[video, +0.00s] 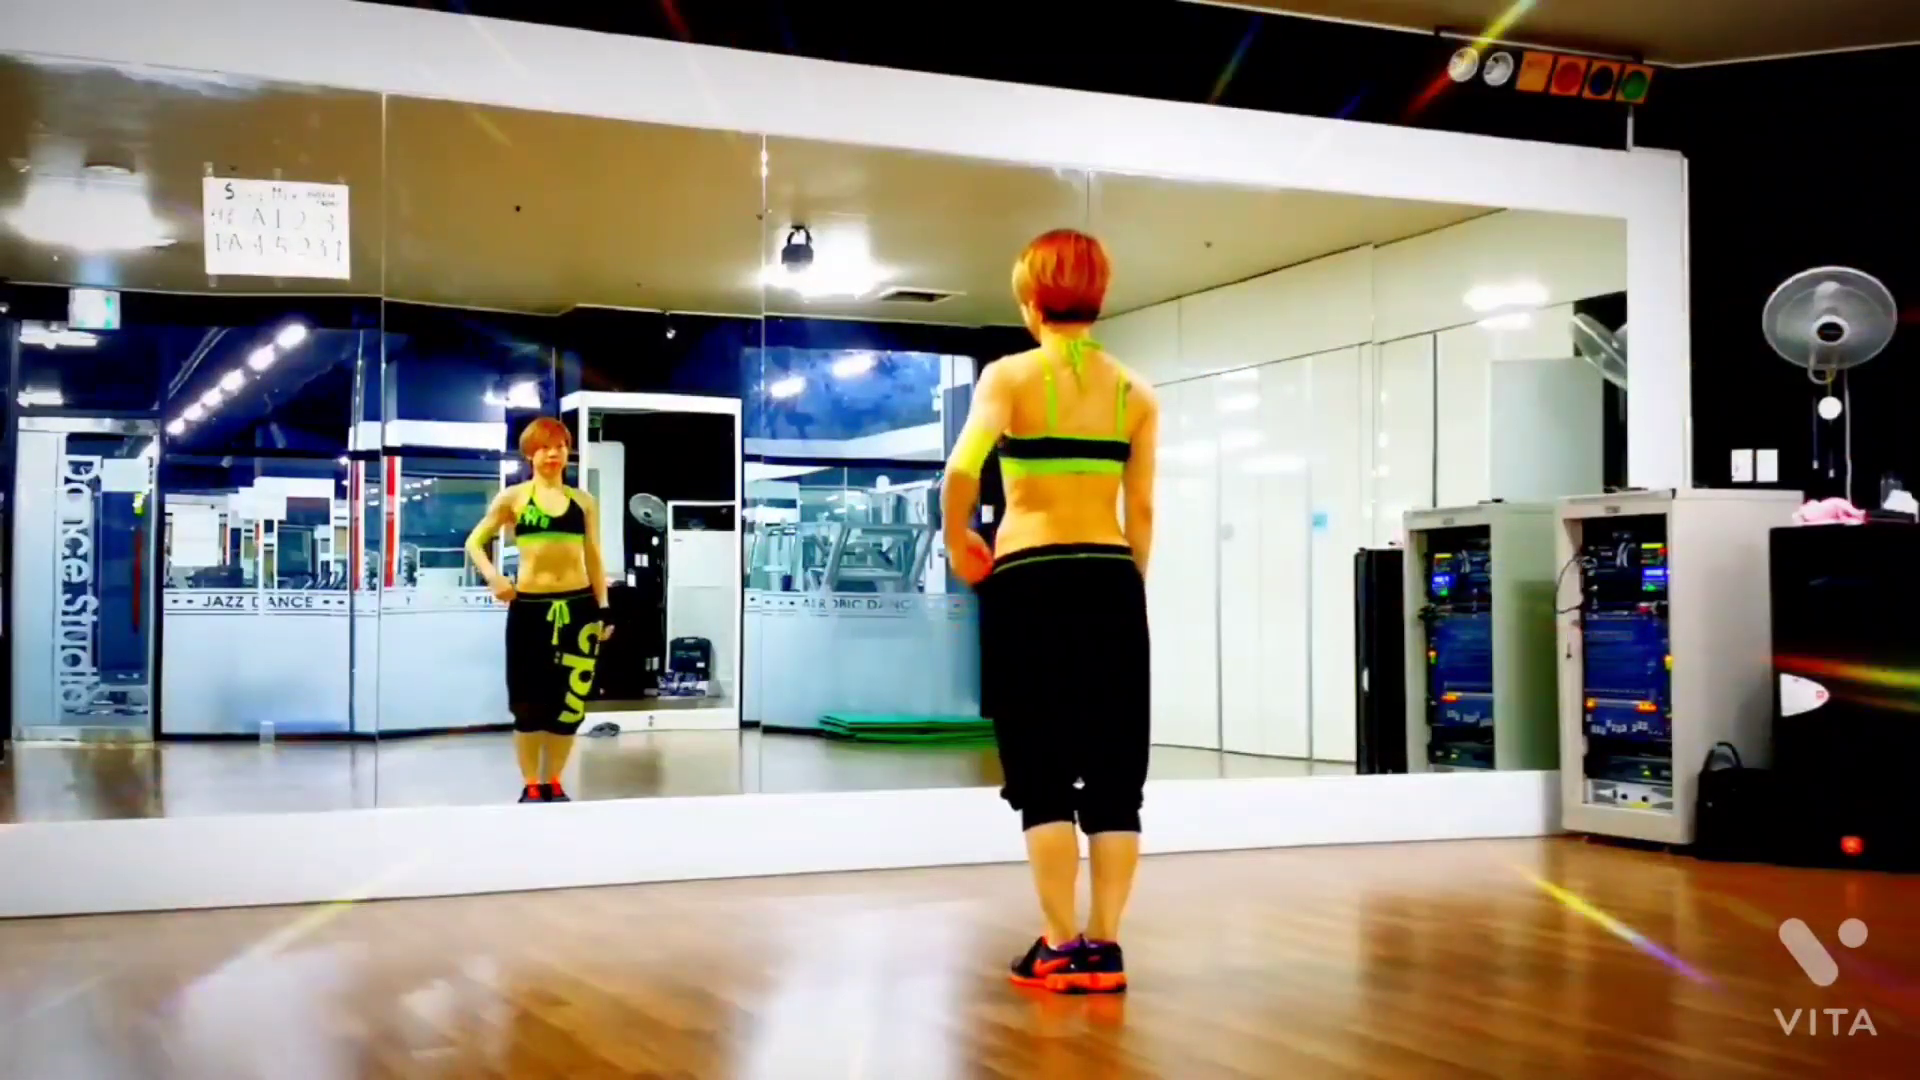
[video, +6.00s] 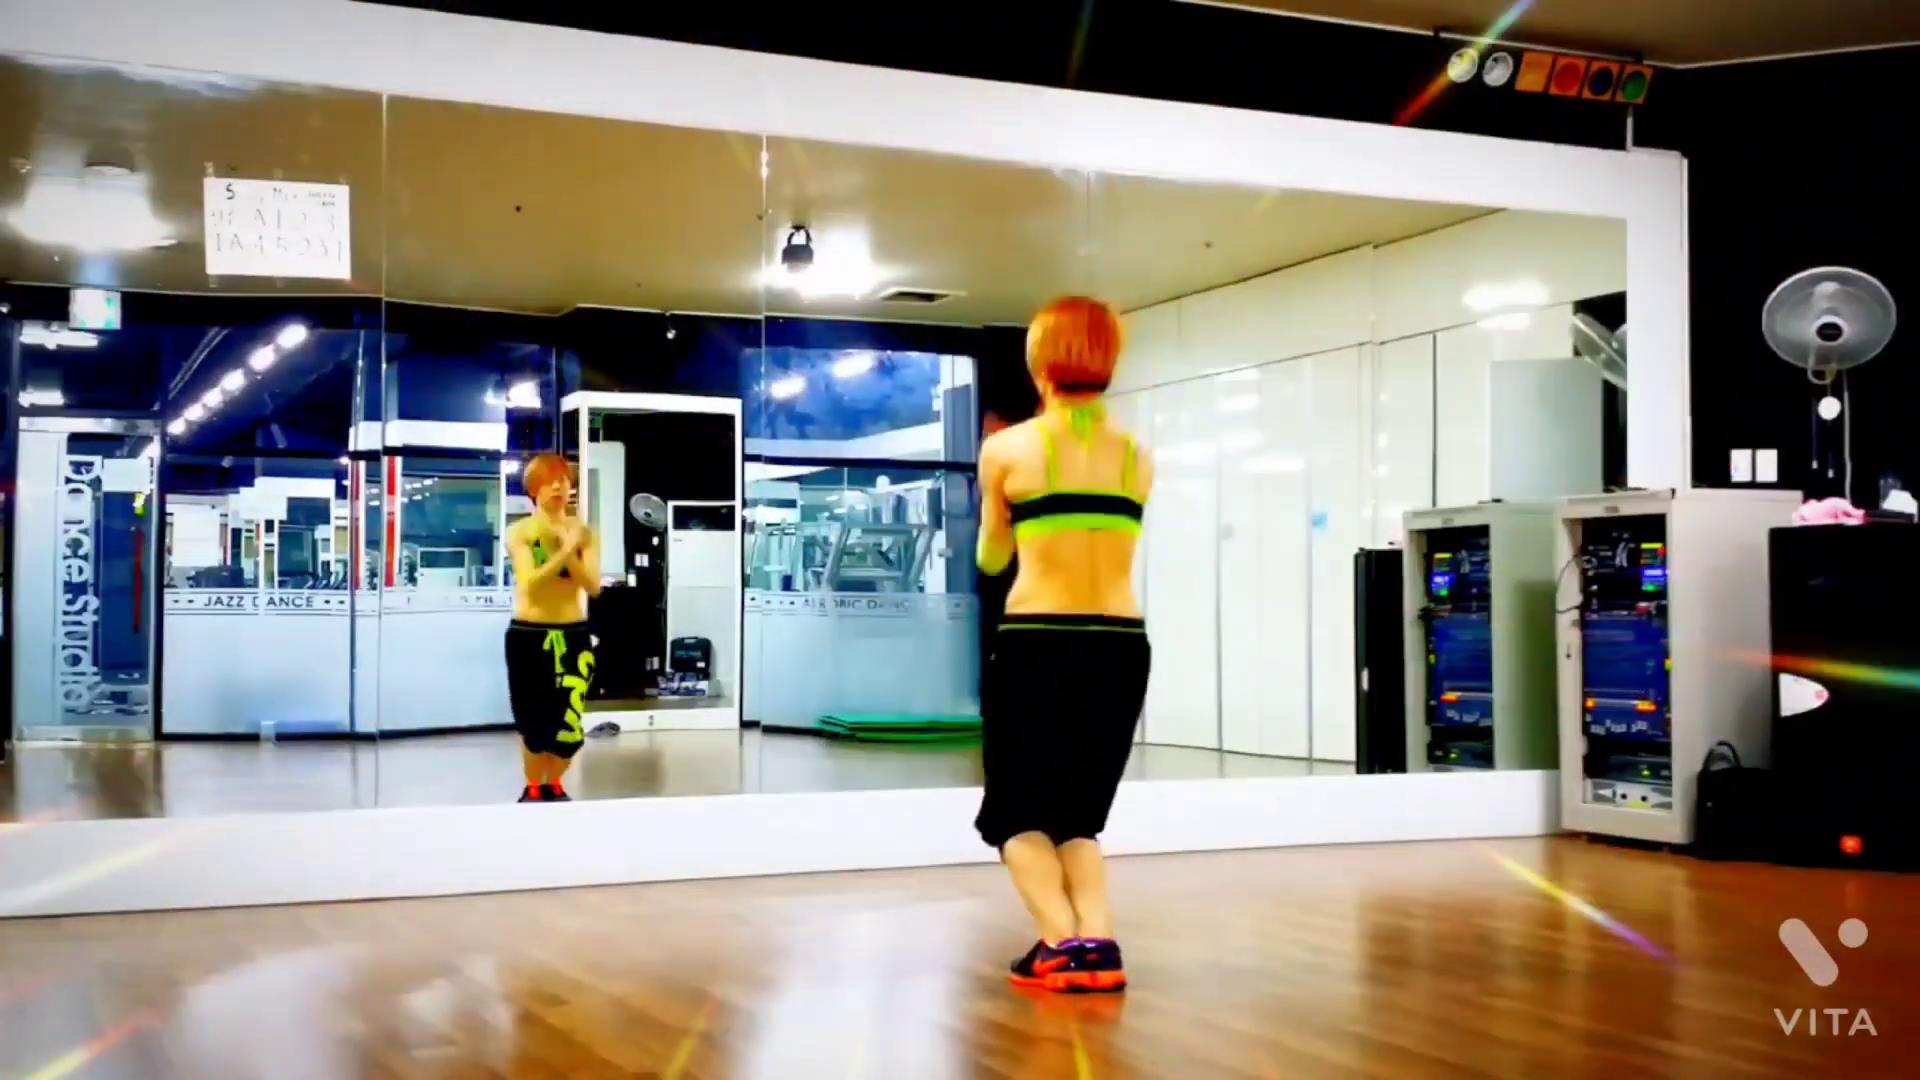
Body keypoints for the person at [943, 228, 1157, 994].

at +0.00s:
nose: (1023, 304)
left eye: (1024, 293)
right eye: (1036, 292)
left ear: (1029, 299)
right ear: (1099, 298)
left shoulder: (1006, 377)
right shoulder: (1134, 391)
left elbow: (962, 473)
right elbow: (1140, 505)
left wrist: (961, 548)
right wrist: (1131, 577)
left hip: (1027, 587)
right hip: (1111, 585)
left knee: (1039, 765)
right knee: (1116, 766)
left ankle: (1061, 940)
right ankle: (1104, 945)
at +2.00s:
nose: (1040, 373)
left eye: (1038, 361)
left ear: (1033, 371)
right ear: (1106, 375)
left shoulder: (998, 447)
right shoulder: (1128, 460)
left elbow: (953, 563)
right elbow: (1146, 569)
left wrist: (917, 654)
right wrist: (1143, 637)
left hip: (1030, 645)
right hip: (1114, 646)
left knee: (1014, 808)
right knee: (1075, 809)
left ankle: (1061, 941)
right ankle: (1101, 944)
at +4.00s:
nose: (1016, 300)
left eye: (1018, 291)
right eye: (1020, 292)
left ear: (1026, 298)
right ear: (1093, 298)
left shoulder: (1008, 364)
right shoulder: (1122, 373)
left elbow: (912, 353)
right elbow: (1234, 374)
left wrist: (826, 358)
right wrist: (1327, 381)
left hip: (1021, 580)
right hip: (1103, 577)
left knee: (1038, 765)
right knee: (1112, 766)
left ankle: (1063, 945)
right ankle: (1103, 947)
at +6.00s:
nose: (1033, 367)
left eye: (1035, 356)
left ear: (1037, 366)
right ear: (1109, 366)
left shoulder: (1008, 449)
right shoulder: (1137, 457)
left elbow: (994, 554)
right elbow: (1111, 539)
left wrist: (1006, 482)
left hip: (1035, 645)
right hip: (1119, 645)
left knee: (1014, 809)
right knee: (1078, 812)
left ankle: (1060, 940)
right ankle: (1097, 941)